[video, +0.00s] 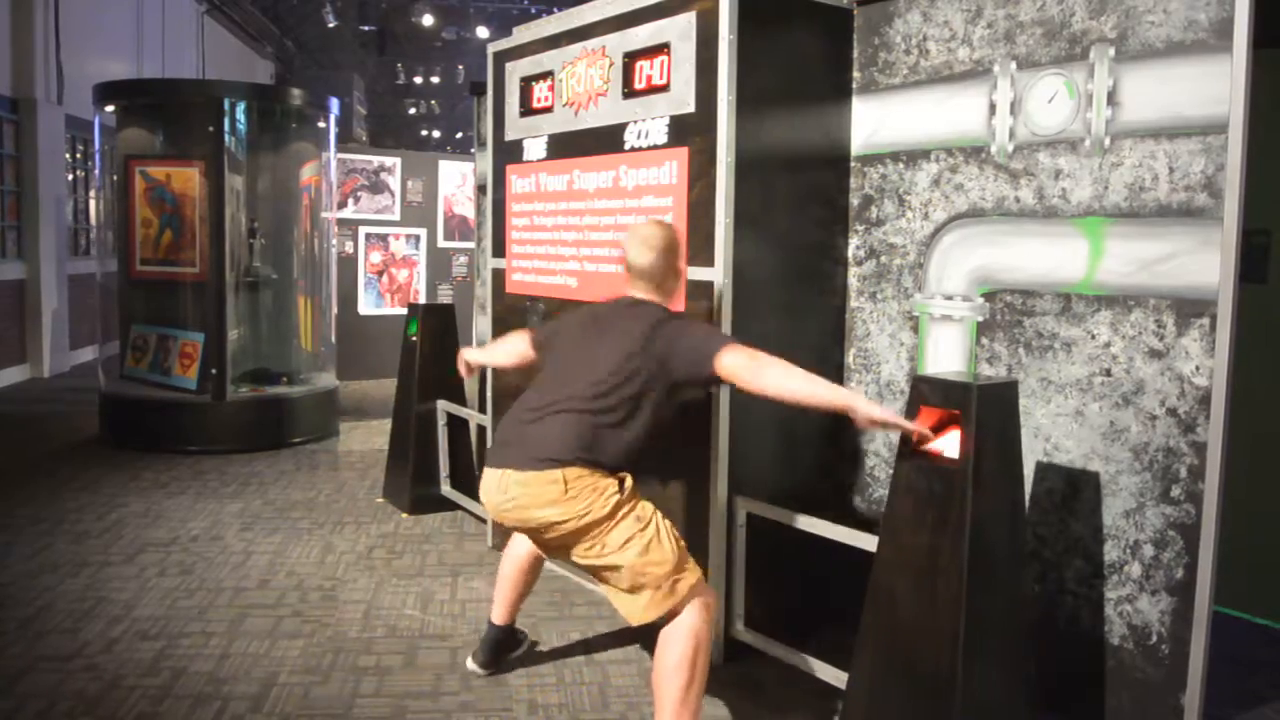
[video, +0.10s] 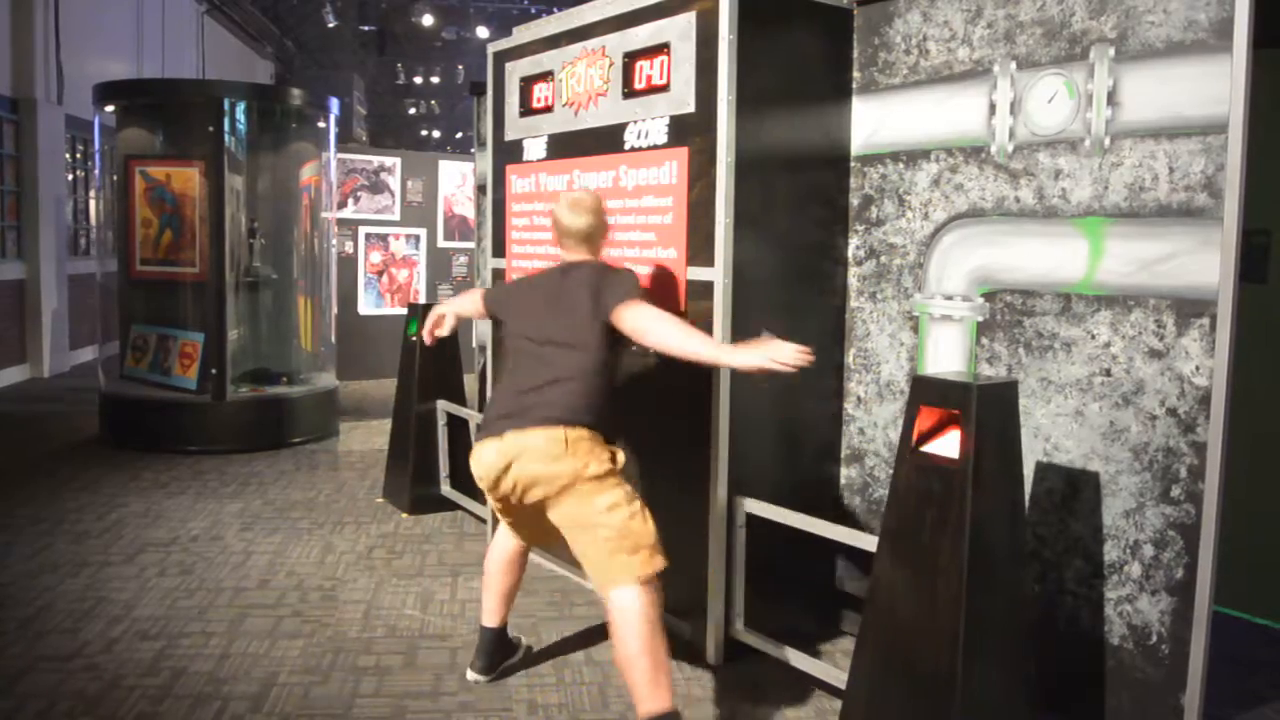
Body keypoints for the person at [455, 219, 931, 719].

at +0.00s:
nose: (681, 267)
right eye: (682, 262)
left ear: (623, 270)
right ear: (680, 272)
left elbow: (515, 348)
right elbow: (752, 369)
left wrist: (475, 356)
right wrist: (854, 403)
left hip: (500, 482)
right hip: (568, 488)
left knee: (537, 527)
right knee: (690, 603)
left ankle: (495, 639)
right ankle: (676, 714)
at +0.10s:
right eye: (601, 231)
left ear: (555, 239)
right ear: (604, 235)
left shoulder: (518, 290)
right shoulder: (607, 282)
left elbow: (468, 302)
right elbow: (649, 328)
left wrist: (446, 309)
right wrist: (736, 353)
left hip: (493, 450)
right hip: (566, 447)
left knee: (512, 524)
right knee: (626, 578)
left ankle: (489, 645)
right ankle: (658, 712)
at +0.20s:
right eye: (549, 200)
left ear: (499, 212)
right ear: (548, 205)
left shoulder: (471, 263)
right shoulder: (553, 245)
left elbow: (437, 276)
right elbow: (562, 286)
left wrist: (438, 273)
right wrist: (633, 311)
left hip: (478, 412)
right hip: (541, 400)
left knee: (506, 526)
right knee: (598, 534)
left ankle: (491, 647)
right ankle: (600, 690)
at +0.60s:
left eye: (395, 201)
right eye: (435, 192)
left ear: (397, 205)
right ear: (437, 196)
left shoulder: (391, 253)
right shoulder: (451, 229)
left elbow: (364, 329)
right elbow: (466, 275)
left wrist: (393, 359)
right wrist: (520, 326)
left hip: (383, 384)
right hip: (425, 389)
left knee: (405, 438)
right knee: (471, 487)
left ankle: (361, 511)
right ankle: (405, 595)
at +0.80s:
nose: (414, 243)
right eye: (413, 238)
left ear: (375, 247)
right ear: (411, 241)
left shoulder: (362, 284)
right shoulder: (413, 272)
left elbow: (353, 331)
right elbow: (429, 318)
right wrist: (473, 365)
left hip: (331, 391)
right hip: (370, 394)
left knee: (373, 441)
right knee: (425, 478)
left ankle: (332, 512)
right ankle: (402, 579)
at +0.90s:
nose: (403, 248)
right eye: (403, 243)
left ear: (369, 251)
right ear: (402, 245)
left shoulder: (358, 281)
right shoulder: (407, 266)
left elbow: (348, 326)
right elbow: (407, 302)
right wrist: (430, 361)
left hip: (324, 381)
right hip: (363, 380)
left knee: (364, 439)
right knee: (406, 470)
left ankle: (330, 514)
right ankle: (389, 567)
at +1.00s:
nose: (402, 237)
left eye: (399, 231)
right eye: (399, 231)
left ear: (364, 241)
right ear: (390, 233)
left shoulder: (352, 269)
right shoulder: (396, 253)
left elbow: (343, 316)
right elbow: (394, 286)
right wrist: (413, 343)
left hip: (323, 367)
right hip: (359, 366)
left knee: (364, 436)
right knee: (397, 454)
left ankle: (331, 513)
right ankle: (378, 559)